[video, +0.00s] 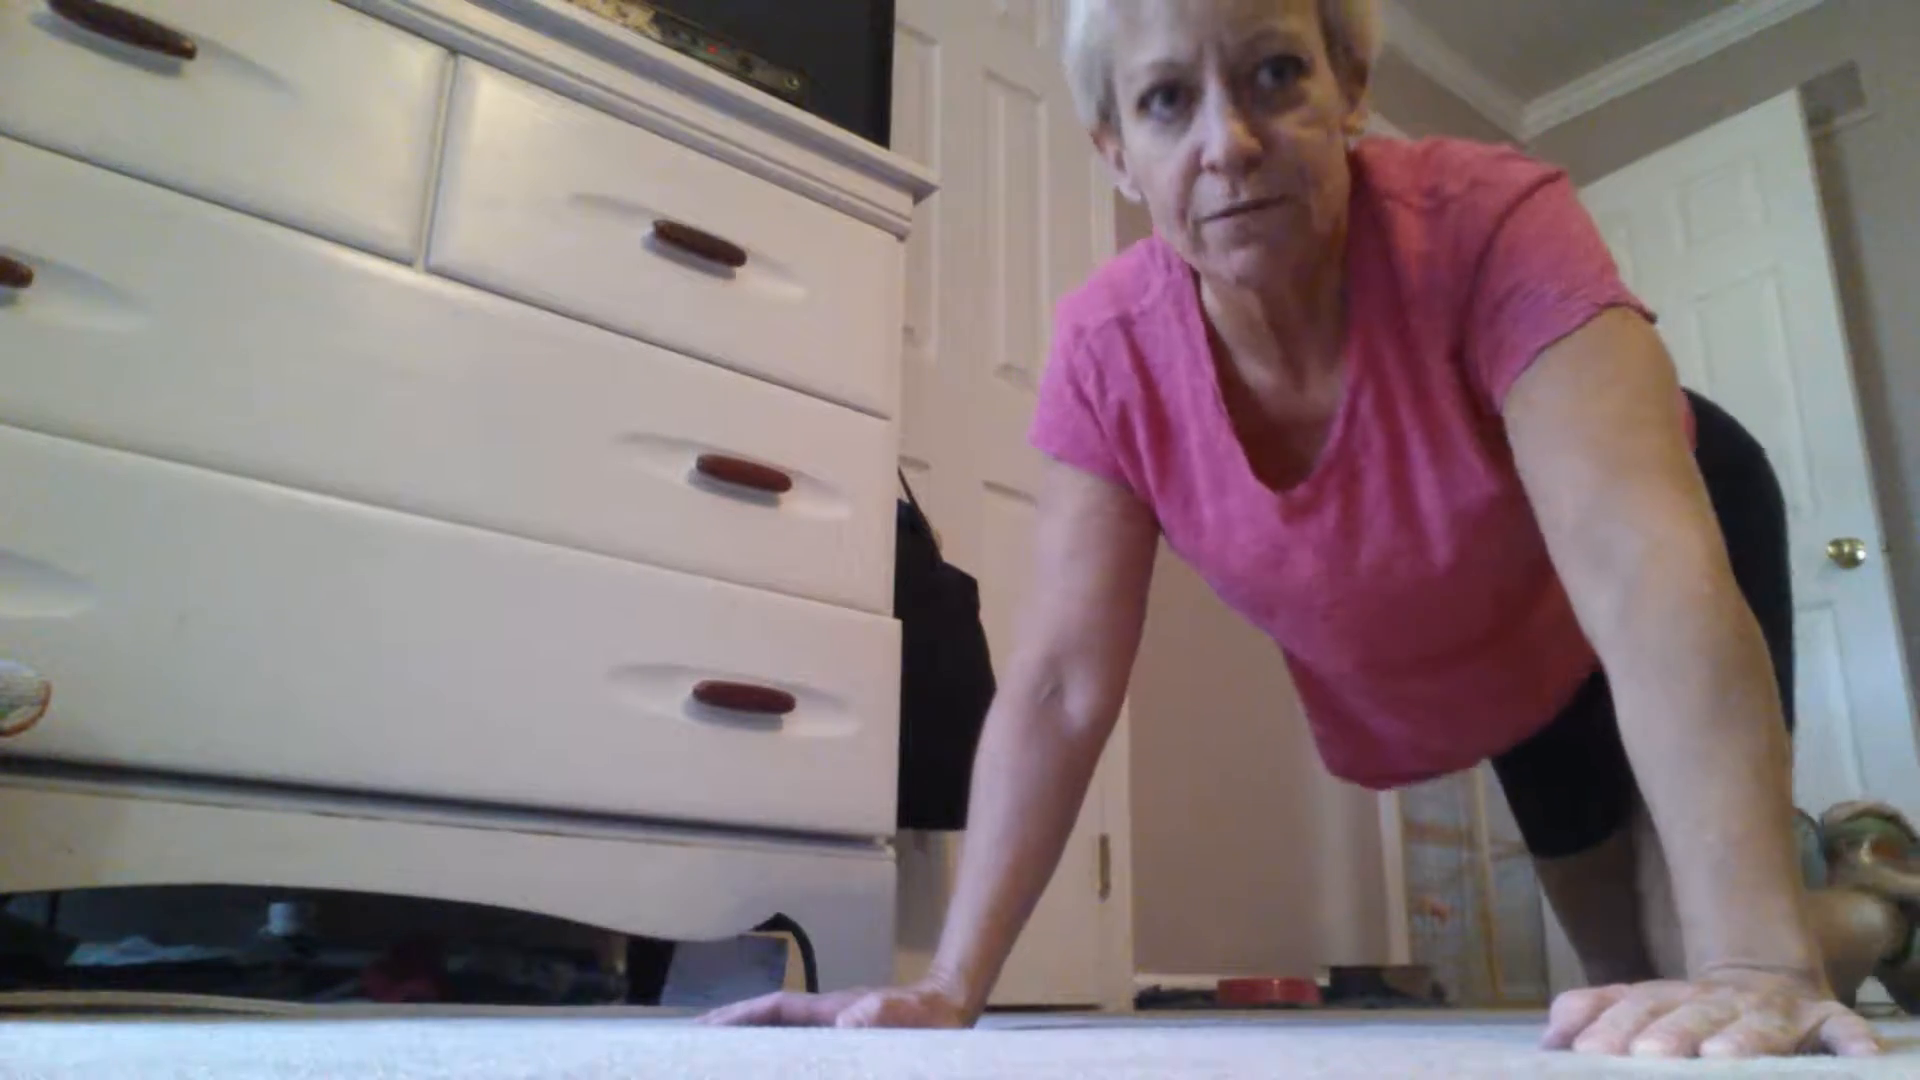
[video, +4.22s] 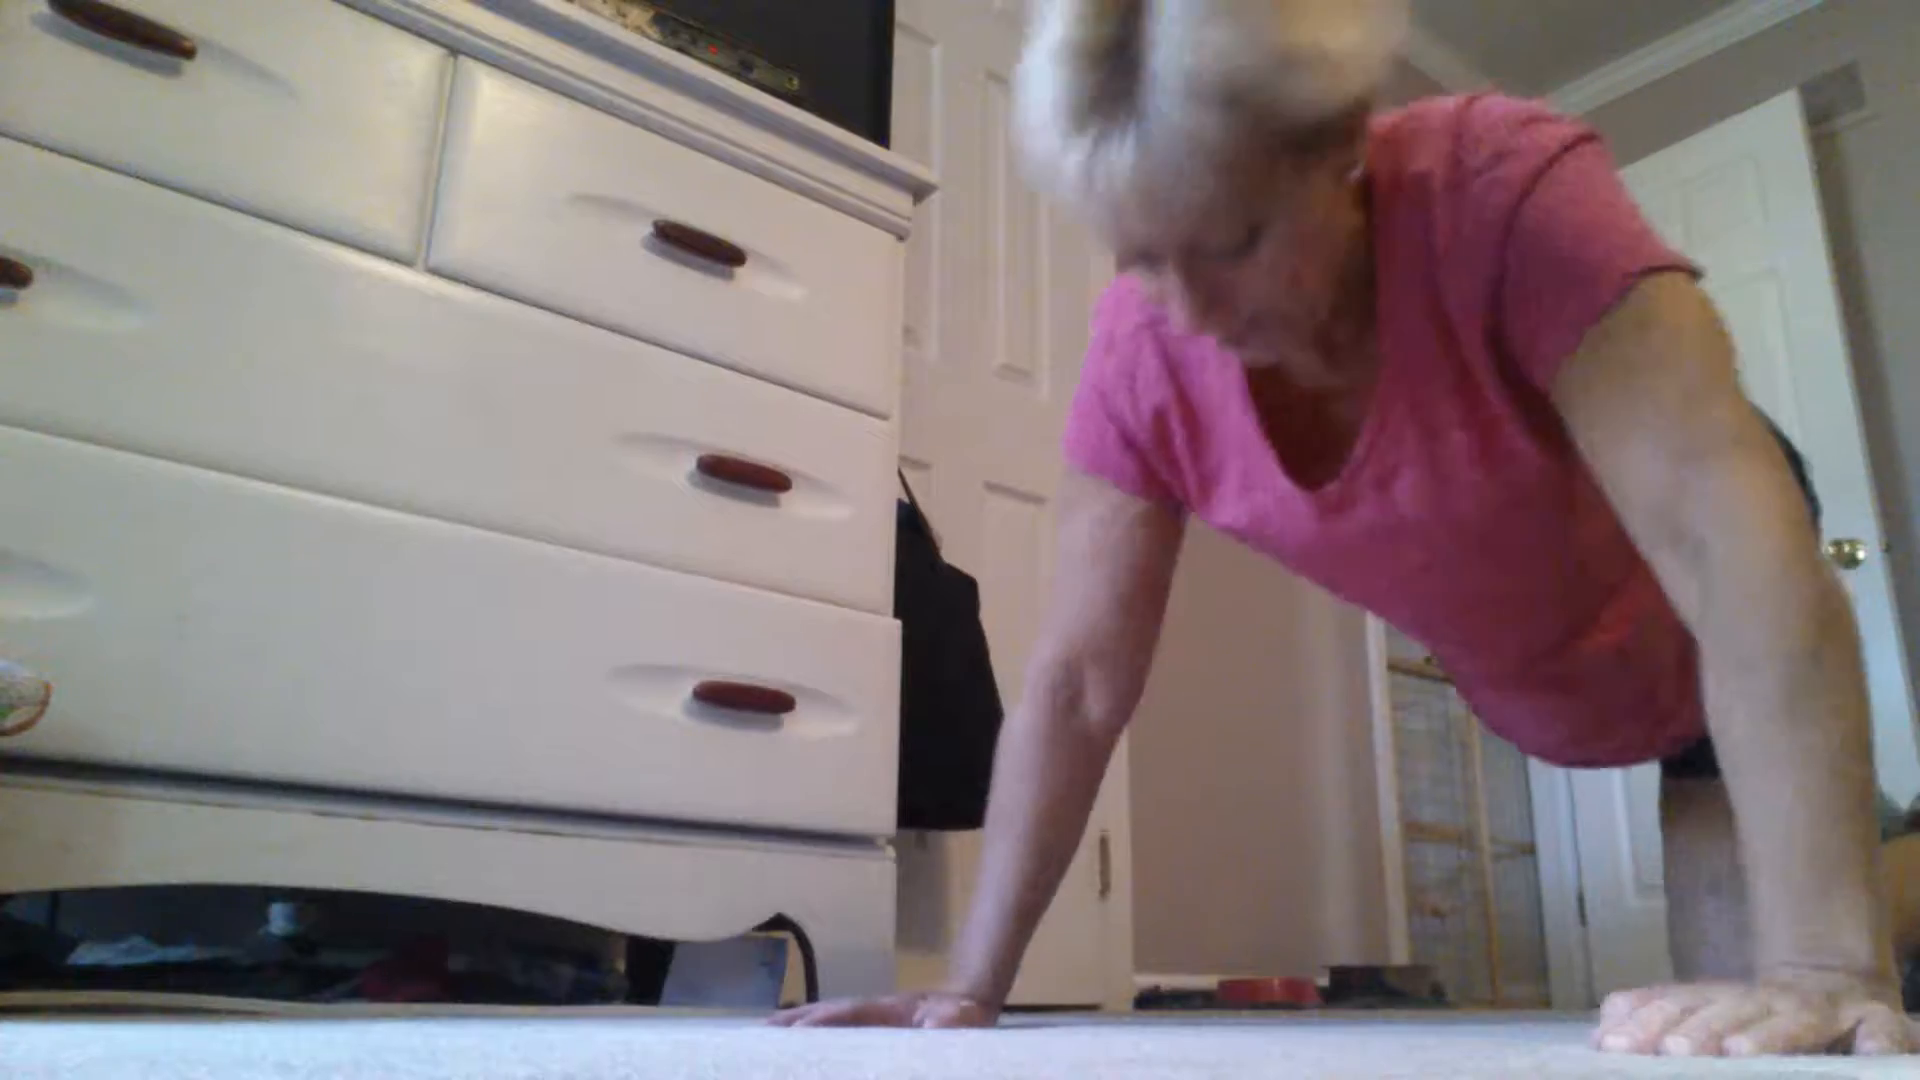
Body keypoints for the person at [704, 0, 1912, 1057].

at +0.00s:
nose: (1229, 143)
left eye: (1271, 78)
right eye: (1169, 103)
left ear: (1348, 95)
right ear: (1117, 160)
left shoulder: (1492, 224)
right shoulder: (1110, 341)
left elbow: (1651, 563)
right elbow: (1059, 684)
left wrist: (1749, 969)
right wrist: (953, 978)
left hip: (1654, 557)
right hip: (1487, 655)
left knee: (1739, 957)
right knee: (1620, 980)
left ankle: (1865, 906)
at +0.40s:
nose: (1077, 166)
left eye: (1117, 89)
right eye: (1031, 120)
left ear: (1246, 69)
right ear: (1007, 136)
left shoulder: (1435, 191)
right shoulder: (1080, 330)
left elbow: (1624, 530)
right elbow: (1042, 674)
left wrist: (1754, 972)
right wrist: (950, 983)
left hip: (1678, 542)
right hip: (1500, 659)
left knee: (1776, 955)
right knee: (1644, 999)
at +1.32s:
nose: (1099, 195)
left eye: (1145, 120)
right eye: (1057, 139)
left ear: (1300, 58)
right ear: (1029, 122)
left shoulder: (1510, 153)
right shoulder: (1120, 317)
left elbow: (1706, 516)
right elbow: (1060, 672)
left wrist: (1767, 966)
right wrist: (950, 983)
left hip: (1694, 583)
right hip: (1529, 694)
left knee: (1784, 920)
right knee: (1691, 843)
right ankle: (1867, 925)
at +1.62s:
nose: (1225, 149)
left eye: (1272, 69)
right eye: (1166, 101)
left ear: (1388, 41)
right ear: (1130, 111)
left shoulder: (1565, 130)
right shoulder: (1161, 311)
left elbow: (1722, 519)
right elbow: (1078, 684)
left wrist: (1769, 965)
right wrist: (953, 981)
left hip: (1723, 568)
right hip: (1553, 665)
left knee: (1776, 916)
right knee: (1703, 837)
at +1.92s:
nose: (1382, 116)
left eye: (1432, 45)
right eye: (1313, 62)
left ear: (1500, 33)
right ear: (1222, 71)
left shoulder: (1625, 131)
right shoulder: (1196, 302)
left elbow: (1736, 518)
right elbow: (1092, 676)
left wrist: (1770, 965)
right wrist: (953, 980)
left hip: (1751, 578)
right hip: (1556, 678)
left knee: (1777, 932)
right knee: (1765, 925)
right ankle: (1876, 922)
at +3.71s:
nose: (1278, 203)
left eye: (1328, 125)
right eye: (1215, 145)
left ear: (1439, 74)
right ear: (1170, 136)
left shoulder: (1574, 175)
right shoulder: (1173, 328)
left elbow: (1717, 534)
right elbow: (1076, 688)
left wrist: (1766, 972)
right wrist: (952, 984)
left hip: (1723, 602)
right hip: (1530, 697)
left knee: (1780, 949)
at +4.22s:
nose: (1195, 302)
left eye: (1232, 248)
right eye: (1152, 261)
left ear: (1343, 162)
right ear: (1111, 228)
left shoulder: (1501, 195)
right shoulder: (1142, 349)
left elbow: (1731, 518)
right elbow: (1080, 678)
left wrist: (1820, 976)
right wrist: (966, 991)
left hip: (1754, 621)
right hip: (1641, 703)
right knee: (1729, 1016)